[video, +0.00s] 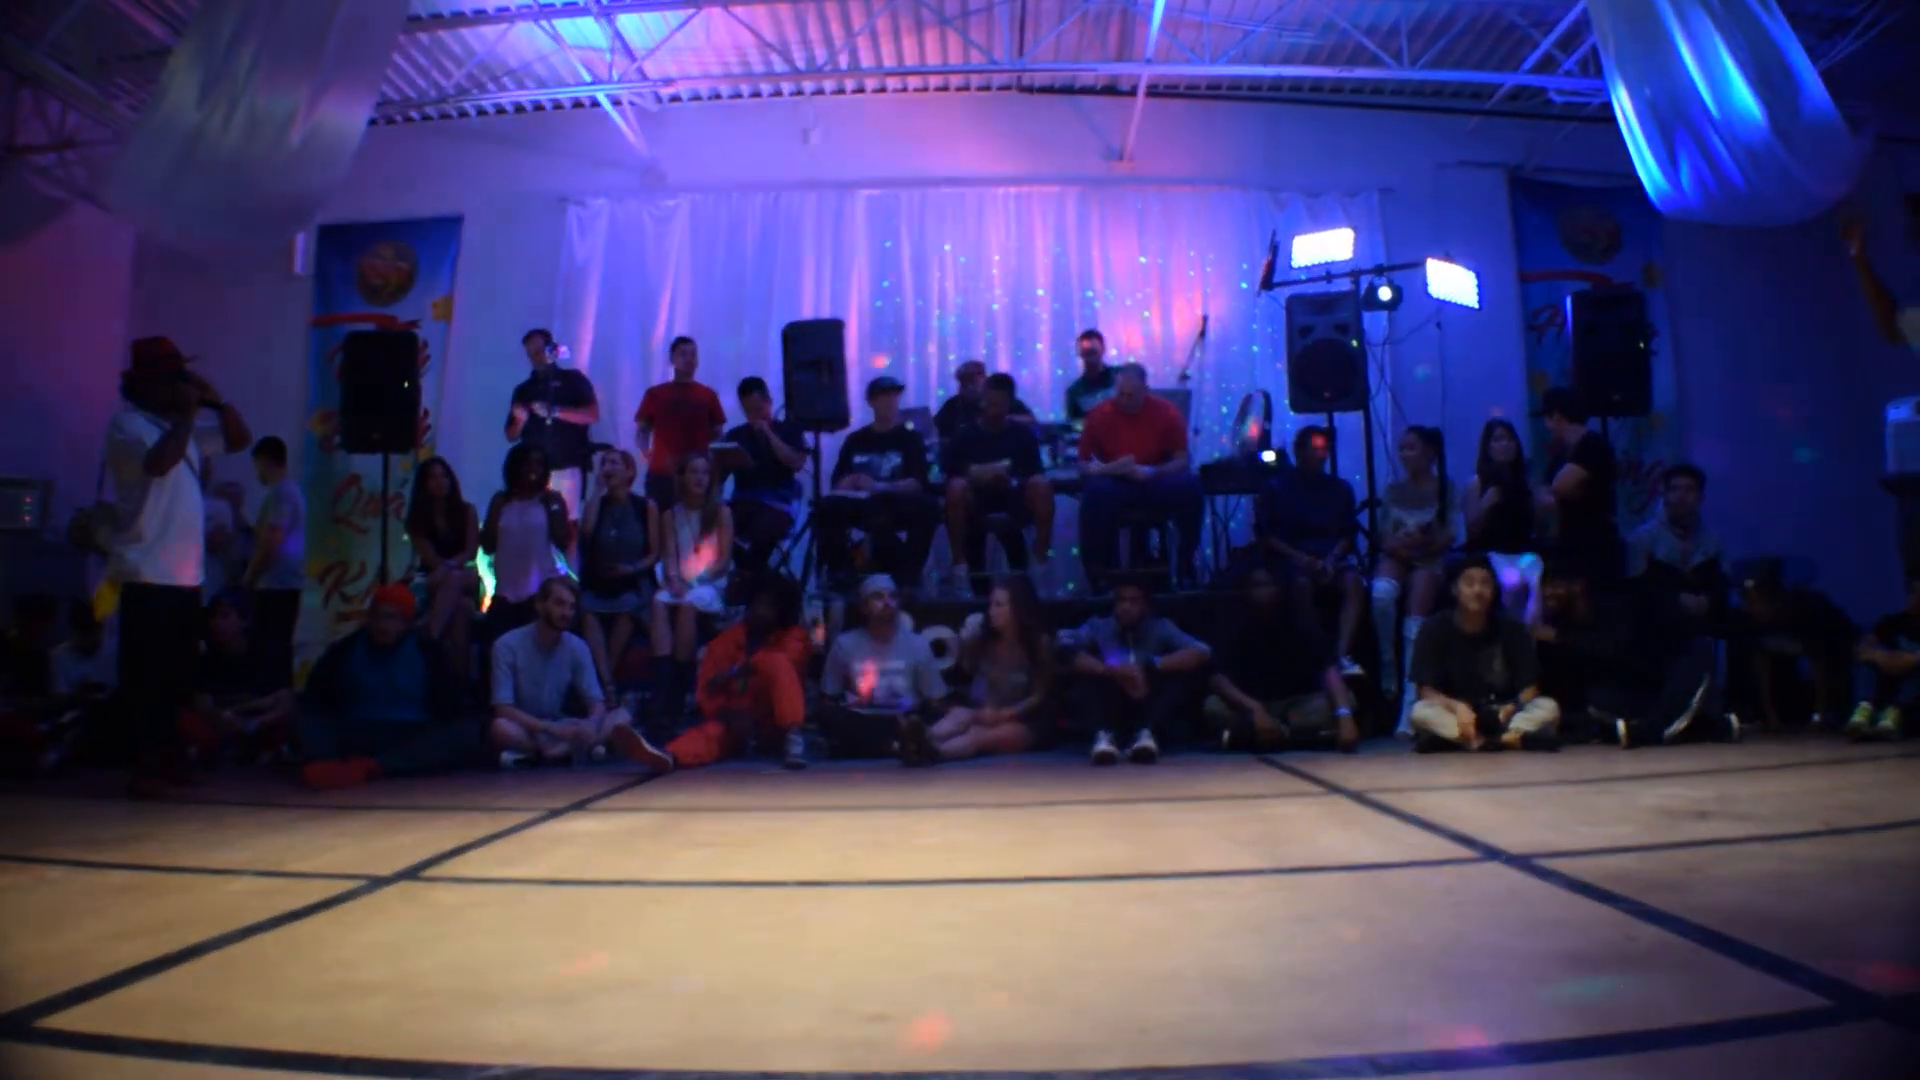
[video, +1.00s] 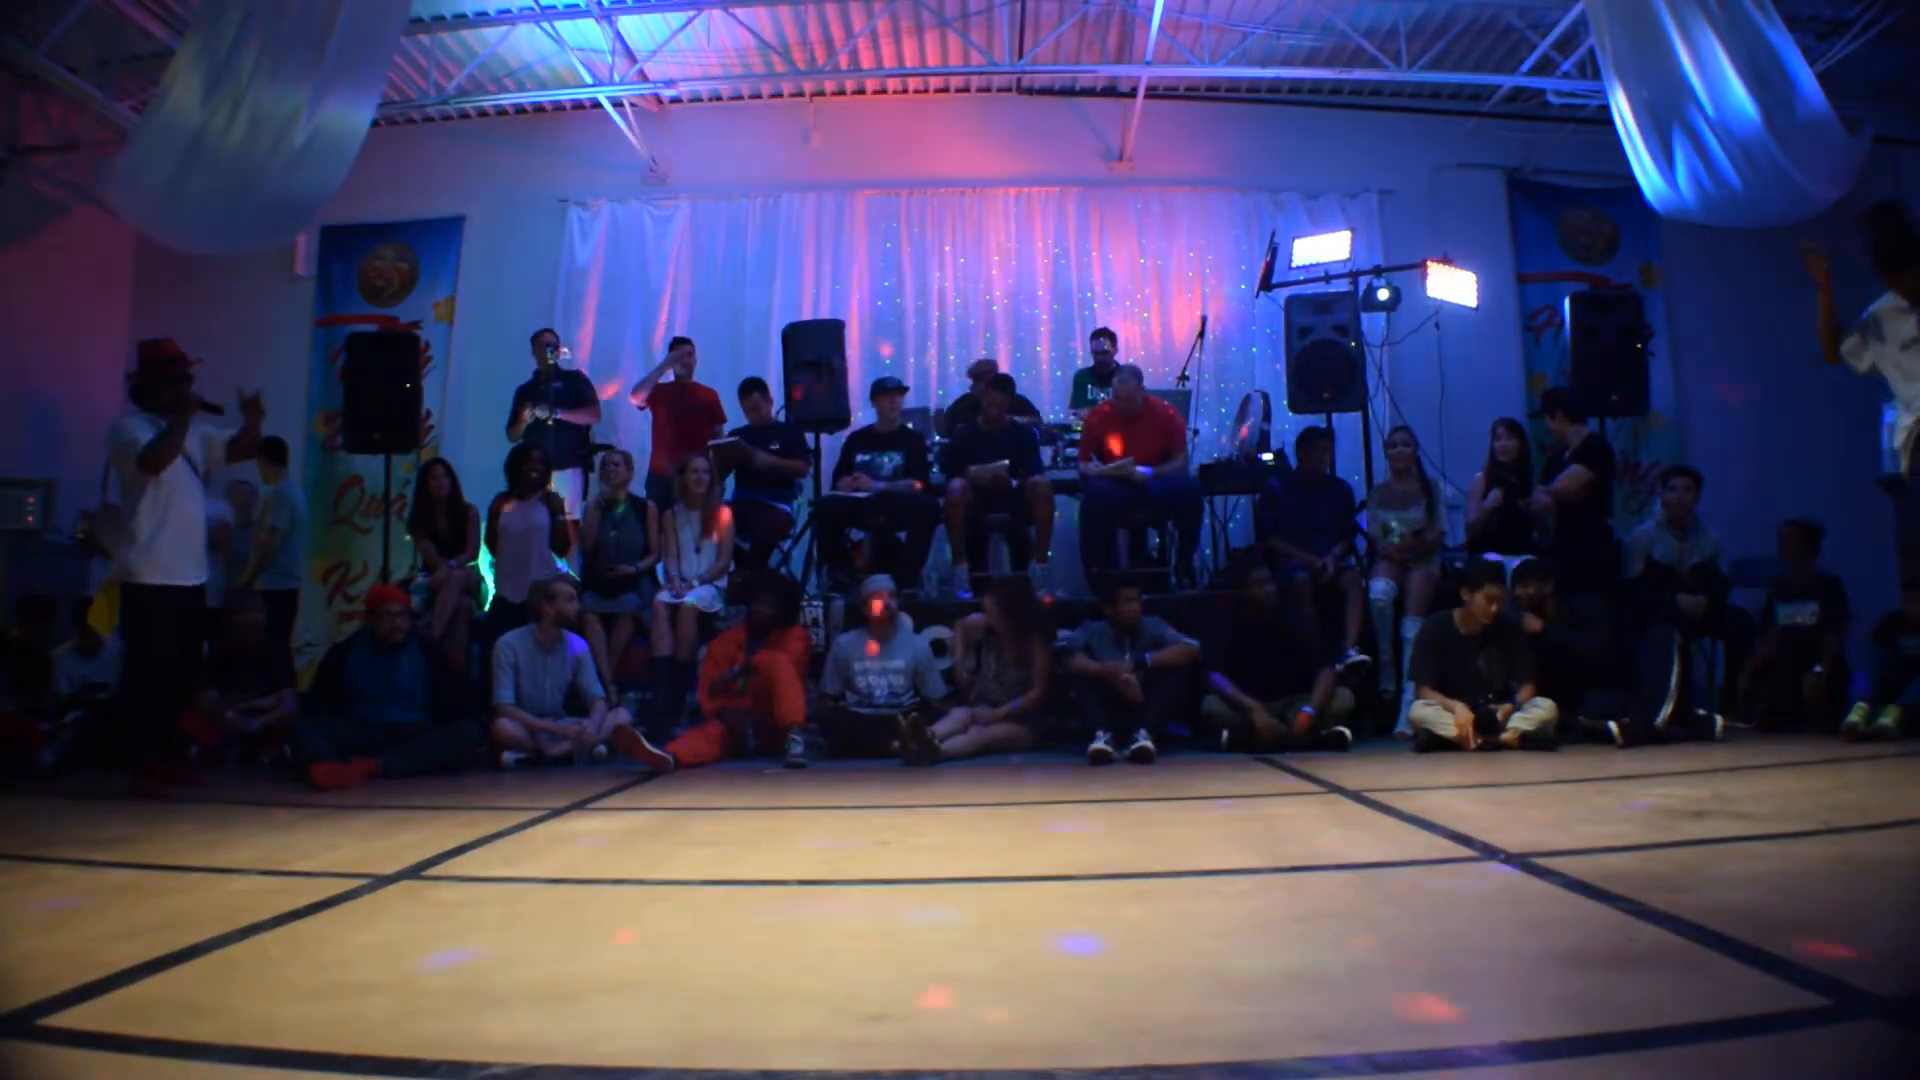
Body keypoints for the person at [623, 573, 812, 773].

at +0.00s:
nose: (760, 614)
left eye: (769, 607)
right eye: (757, 606)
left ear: (783, 612)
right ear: (749, 607)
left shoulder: (794, 637)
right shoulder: (726, 644)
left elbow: (785, 658)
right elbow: (707, 699)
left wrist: (743, 670)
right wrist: (732, 716)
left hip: (772, 720)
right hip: (737, 722)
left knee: (774, 661)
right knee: (710, 735)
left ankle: (794, 737)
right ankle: (669, 756)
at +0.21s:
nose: (759, 613)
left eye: (768, 606)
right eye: (756, 605)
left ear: (783, 611)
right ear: (749, 606)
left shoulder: (794, 637)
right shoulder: (724, 644)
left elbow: (786, 658)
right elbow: (708, 701)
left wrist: (743, 670)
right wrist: (729, 714)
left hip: (772, 717)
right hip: (737, 719)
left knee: (775, 661)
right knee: (711, 735)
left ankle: (794, 738)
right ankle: (672, 756)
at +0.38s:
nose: (757, 611)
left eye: (765, 605)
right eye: (755, 603)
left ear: (782, 610)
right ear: (749, 605)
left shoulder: (795, 636)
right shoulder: (726, 643)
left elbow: (786, 666)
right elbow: (707, 705)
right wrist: (731, 709)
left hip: (772, 719)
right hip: (736, 722)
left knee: (774, 660)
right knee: (711, 735)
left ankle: (794, 737)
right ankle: (670, 755)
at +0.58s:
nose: (756, 611)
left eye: (765, 606)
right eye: (754, 603)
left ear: (782, 611)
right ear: (749, 604)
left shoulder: (795, 636)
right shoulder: (728, 642)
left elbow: (784, 658)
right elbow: (708, 694)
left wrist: (746, 669)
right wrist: (726, 716)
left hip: (773, 719)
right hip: (737, 721)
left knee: (773, 659)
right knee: (710, 735)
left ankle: (794, 737)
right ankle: (670, 756)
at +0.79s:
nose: (756, 610)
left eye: (765, 605)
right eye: (755, 603)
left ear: (782, 610)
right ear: (749, 604)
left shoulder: (794, 637)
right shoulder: (726, 643)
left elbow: (784, 670)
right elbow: (709, 701)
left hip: (771, 721)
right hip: (735, 722)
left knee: (775, 662)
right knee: (711, 735)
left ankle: (794, 738)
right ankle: (670, 756)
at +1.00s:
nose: (760, 612)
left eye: (768, 606)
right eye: (756, 604)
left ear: (784, 611)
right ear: (749, 605)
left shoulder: (795, 637)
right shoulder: (725, 644)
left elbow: (784, 665)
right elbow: (709, 703)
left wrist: (743, 670)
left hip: (773, 721)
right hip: (736, 722)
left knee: (775, 661)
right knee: (711, 734)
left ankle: (794, 737)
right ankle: (670, 756)